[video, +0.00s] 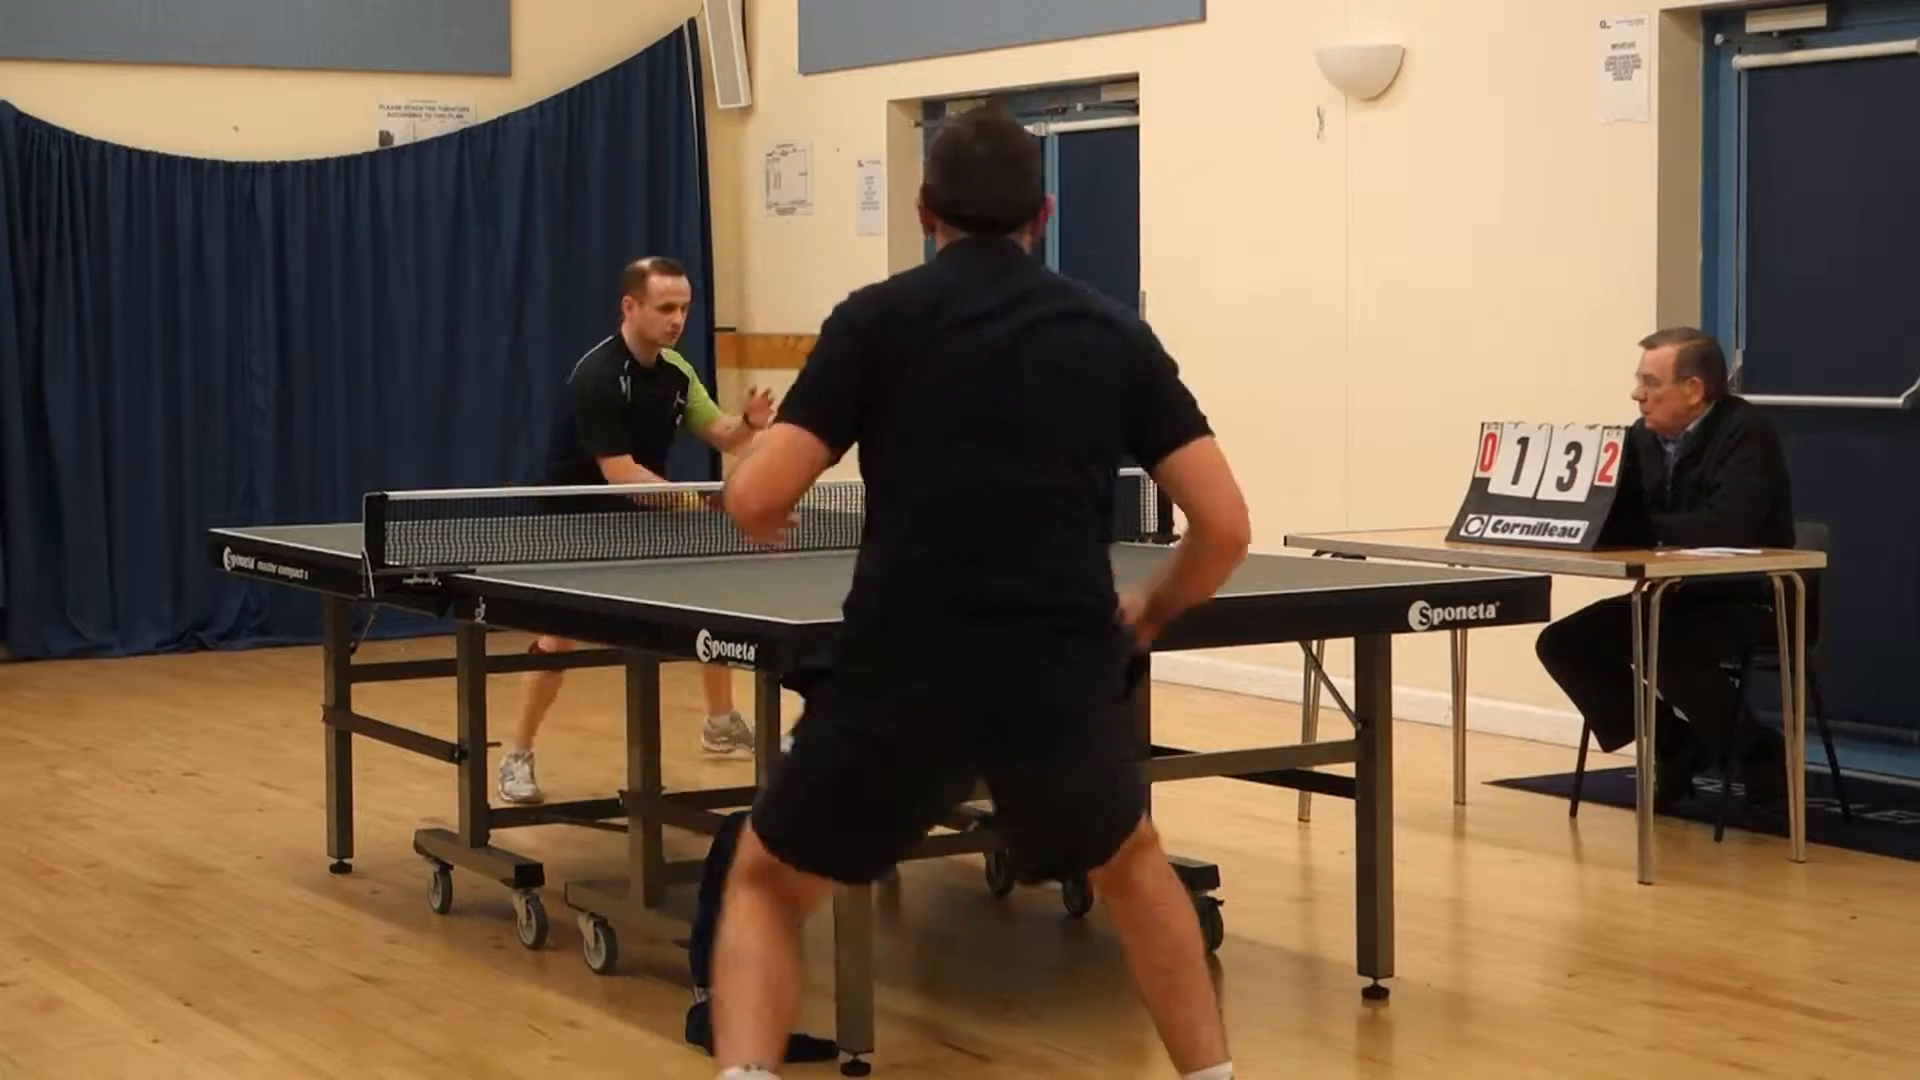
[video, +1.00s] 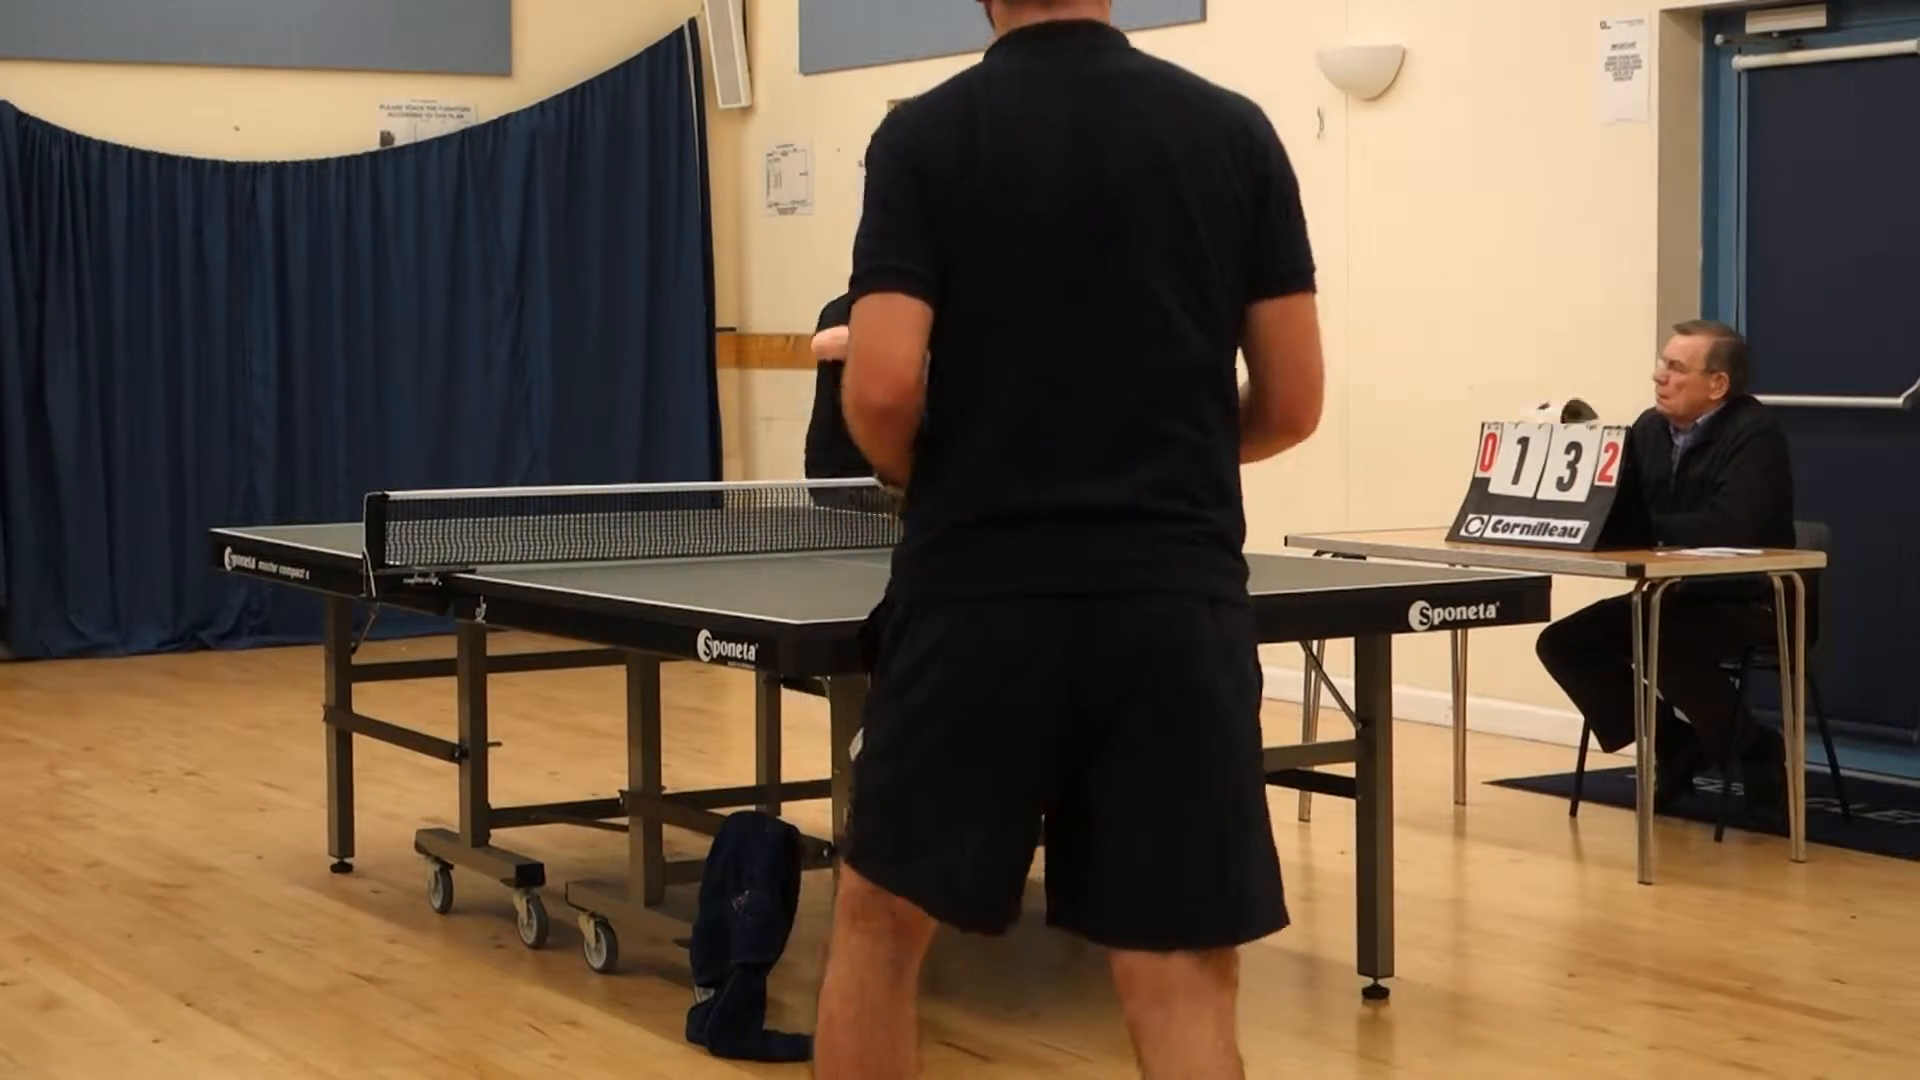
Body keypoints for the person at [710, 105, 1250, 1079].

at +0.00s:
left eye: (923, 201)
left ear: (925, 213)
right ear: (1041, 216)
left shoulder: (874, 323)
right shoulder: (1107, 331)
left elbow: (755, 509)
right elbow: (1223, 528)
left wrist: (752, 454)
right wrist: (1150, 610)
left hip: (904, 671)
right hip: (1063, 675)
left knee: (768, 880)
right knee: (1133, 865)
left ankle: (746, 1074)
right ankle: (1213, 1073)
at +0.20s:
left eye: (917, 148)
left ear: (916, 161)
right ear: (1041, 161)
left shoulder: (849, 287)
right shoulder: (1113, 282)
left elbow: (725, 482)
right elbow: (1203, 478)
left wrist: (784, 501)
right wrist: (1240, 584)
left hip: (897, 677)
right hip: (1069, 670)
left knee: (870, 1001)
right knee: (1147, 882)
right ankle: (1222, 1074)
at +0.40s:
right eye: (1025, 48)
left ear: (893, 64)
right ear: (1023, 57)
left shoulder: (831, 203)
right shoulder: (1109, 180)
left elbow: (733, 439)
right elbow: (1193, 406)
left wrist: (804, 503)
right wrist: (1228, 532)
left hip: (905, 622)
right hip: (1090, 610)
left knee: (878, 969)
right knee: (1183, 869)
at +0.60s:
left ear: (931, 17)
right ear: (1066, 11)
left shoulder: (881, 160)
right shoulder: (1171, 145)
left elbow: (804, 400)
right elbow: (1265, 404)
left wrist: (845, 489)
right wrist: (1228, 467)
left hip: (954, 616)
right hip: (1152, 609)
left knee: (913, 969)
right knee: (1178, 969)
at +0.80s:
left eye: (981, 16)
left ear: (988, 9)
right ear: (1117, 7)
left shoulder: (931, 142)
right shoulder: (1230, 141)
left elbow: (893, 383)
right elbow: (1303, 413)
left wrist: (911, 500)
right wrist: (1187, 454)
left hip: (985, 609)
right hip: (1179, 612)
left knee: (928, 954)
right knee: (1188, 979)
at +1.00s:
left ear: (992, 3)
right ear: (1113, 1)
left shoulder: (926, 133)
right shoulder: (1231, 129)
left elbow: (883, 386)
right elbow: (1289, 405)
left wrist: (928, 477)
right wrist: (1161, 441)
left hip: (976, 618)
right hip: (1179, 622)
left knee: (880, 930)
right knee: (1182, 980)